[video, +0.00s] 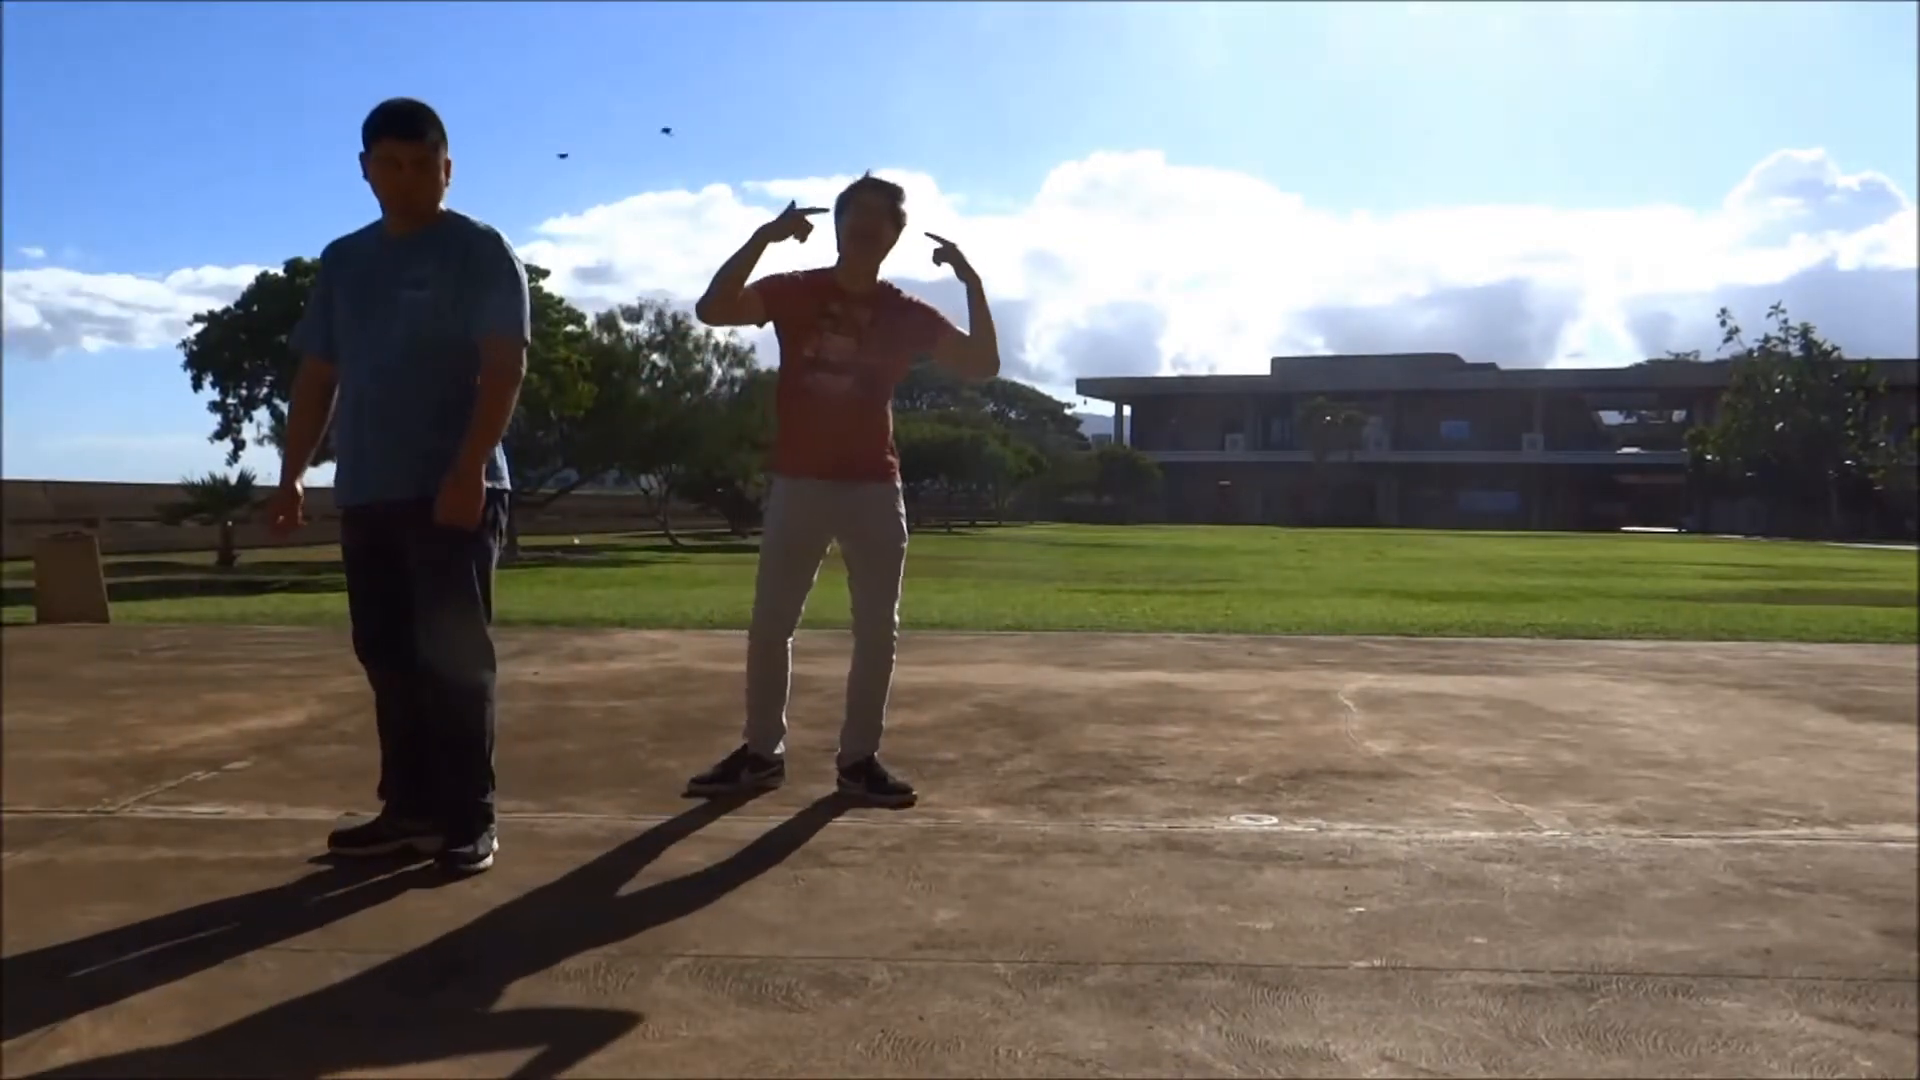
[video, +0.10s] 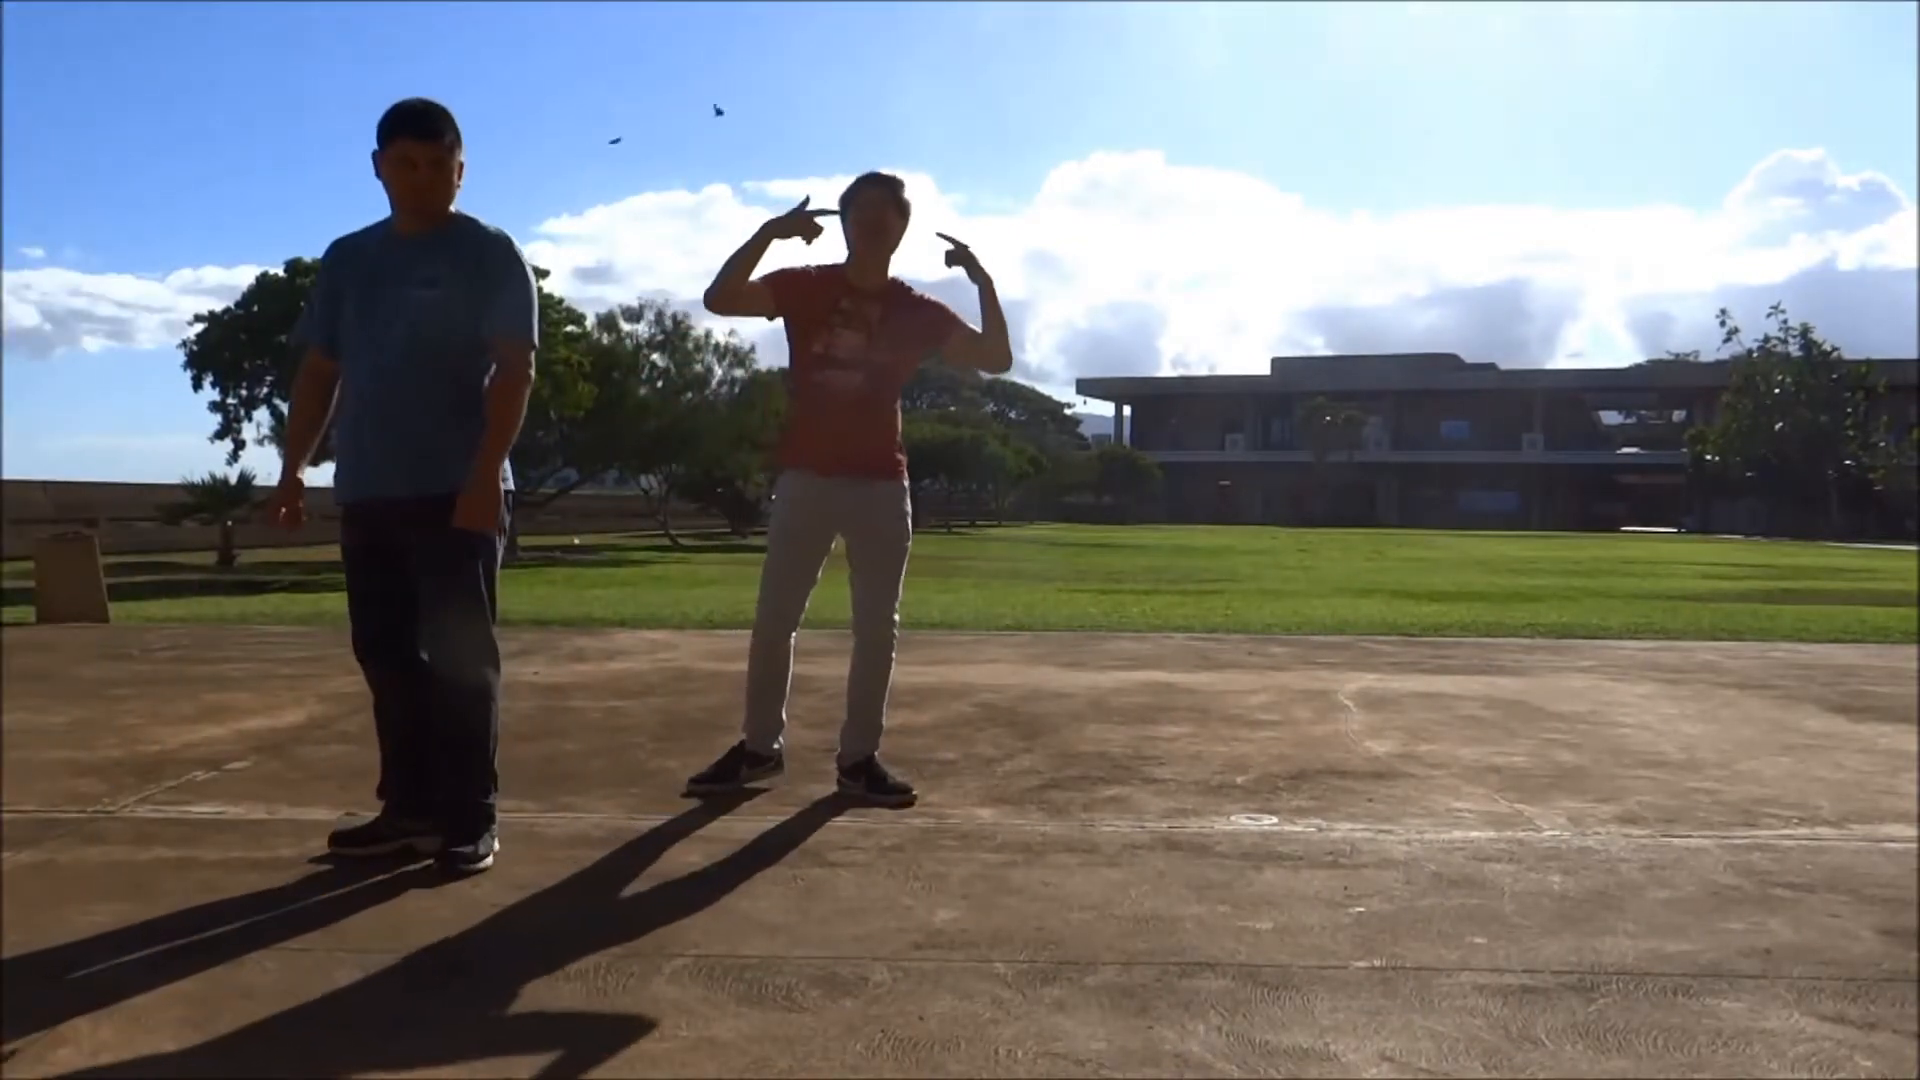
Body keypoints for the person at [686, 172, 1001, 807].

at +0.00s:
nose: (872, 226)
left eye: (885, 218)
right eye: (862, 213)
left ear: (898, 233)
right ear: (838, 222)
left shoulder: (904, 313)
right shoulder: (795, 290)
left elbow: (984, 361)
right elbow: (713, 308)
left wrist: (971, 282)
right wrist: (764, 237)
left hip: (874, 492)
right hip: (799, 487)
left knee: (877, 633)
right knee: (770, 624)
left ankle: (859, 761)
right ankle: (762, 753)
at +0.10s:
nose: (877, 221)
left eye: (889, 211)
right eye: (865, 210)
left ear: (904, 225)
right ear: (844, 221)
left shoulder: (915, 310)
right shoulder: (805, 286)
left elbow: (996, 355)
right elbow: (720, 299)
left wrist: (980, 278)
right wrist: (768, 233)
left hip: (881, 487)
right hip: (807, 480)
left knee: (877, 630)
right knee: (774, 619)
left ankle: (859, 761)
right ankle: (759, 751)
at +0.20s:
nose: (883, 216)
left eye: (895, 206)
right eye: (871, 205)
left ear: (911, 219)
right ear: (851, 217)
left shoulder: (926, 306)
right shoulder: (814, 282)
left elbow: (1007, 352)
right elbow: (728, 291)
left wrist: (993, 281)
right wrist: (772, 231)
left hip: (887, 484)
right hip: (814, 477)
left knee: (875, 629)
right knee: (778, 616)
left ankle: (859, 760)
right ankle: (758, 745)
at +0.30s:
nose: (884, 215)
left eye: (896, 206)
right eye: (873, 206)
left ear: (915, 218)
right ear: (855, 218)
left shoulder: (932, 304)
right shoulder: (822, 281)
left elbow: (1015, 349)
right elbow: (735, 289)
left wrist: (1002, 286)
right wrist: (771, 238)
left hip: (891, 483)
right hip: (818, 475)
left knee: (876, 626)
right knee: (785, 614)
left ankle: (859, 761)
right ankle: (760, 745)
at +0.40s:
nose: (891, 218)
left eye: (902, 208)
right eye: (879, 208)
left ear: (920, 218)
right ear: (860, 218)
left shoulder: (937, 303)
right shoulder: (824, 280)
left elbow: (1018, 349)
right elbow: (739, 292)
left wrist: (1014, 297)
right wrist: (773, 249)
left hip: (897, 484)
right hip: (826, 476)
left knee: (877, 628)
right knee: (797, 618)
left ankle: (859, 761)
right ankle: (766, 749)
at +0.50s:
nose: (897, 217)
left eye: (907, 207)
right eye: (885, 207)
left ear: (922, 217)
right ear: (863, 218)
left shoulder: (939, 303)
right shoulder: (832, 285)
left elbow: (1018, 360)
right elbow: (740, 302)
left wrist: (1001, 321)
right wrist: (807, 275)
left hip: (901, 484)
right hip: (831, 477)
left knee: (879, 629)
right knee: (810, 623)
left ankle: (859, 761)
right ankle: (786, 754)